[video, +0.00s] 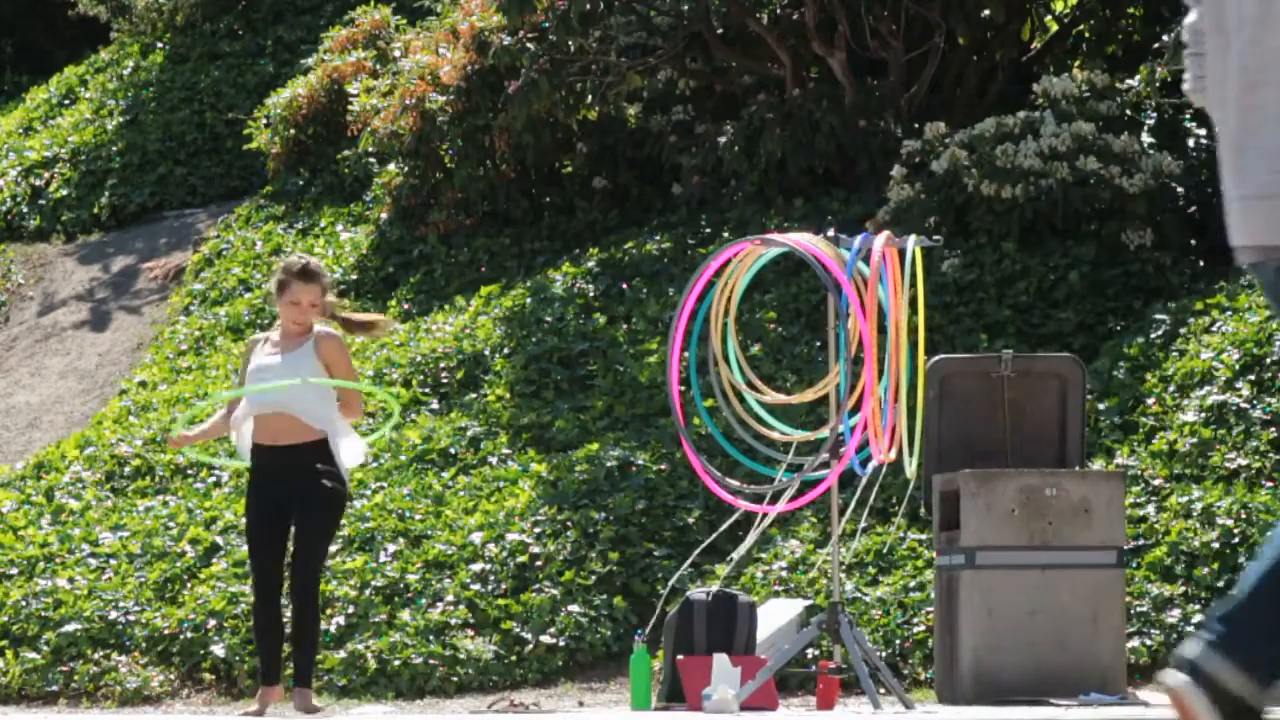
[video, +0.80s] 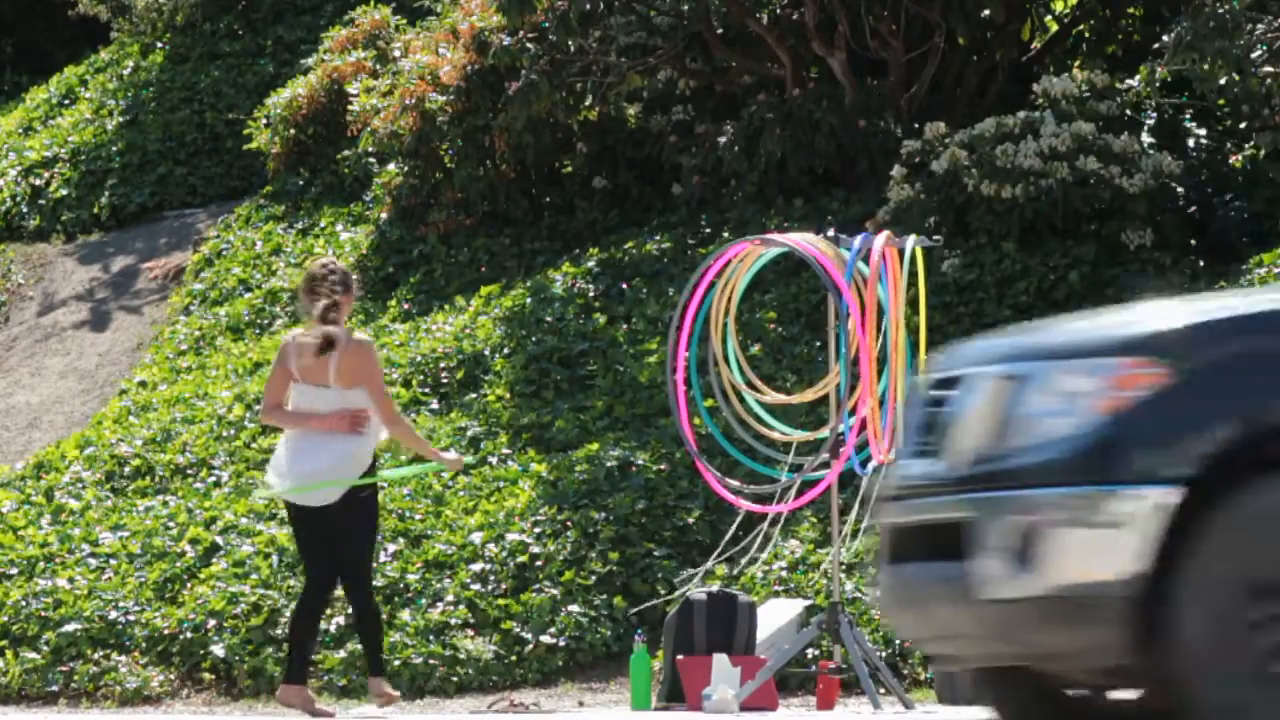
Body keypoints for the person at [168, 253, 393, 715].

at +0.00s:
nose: (304, 312)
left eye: (313, 304)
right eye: (295, 303)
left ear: (322, 304)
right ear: (277, 299)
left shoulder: (326, 343)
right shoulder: (259, 347)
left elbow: (354, 408)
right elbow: (240, 410)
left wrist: (309, 409)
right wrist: (197, 435)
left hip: (317, 468)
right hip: (266, 470)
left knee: (304, 580)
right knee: (265, 582)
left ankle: (303, 688)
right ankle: (269, 686)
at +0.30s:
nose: (338, 315)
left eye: (341, 308)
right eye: (334, 306)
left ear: (319, 305)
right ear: (304, 300)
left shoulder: (336, 344)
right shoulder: (261, 353)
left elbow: (342, 403)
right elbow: (243, 417)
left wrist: (352, 448)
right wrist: (251, 450)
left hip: (337, 469)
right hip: (290, 471)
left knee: (332, 581)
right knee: (296, 582)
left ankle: (295, 685)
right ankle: (261, 680)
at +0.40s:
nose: (344, 317)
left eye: (346, 309)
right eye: (341, 308)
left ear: (322, 303)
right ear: (313, 301)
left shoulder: (329, 342)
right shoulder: (275, 352)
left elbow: (334, 403)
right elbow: (263, 419)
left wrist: (352, 449)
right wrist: (293, 459)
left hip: (339, 470)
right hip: (303, 472)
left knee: (332, 582)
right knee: (319, 581)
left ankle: (295, 685)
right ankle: (257, 670)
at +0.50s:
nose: (346, 314)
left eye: (347, 306)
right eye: (343, 305)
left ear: (322, 303)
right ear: (320, 301)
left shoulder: (320, 345)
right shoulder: (294, 351)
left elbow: (321, 410)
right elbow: (290, 419)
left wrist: (347, 449)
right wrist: (333, 458)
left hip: (329, 476)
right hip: (312, 479)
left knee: (336, 583)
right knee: (337, 583)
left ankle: (294, 684)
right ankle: (265, 663)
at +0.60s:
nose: (349, 311)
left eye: (350, 302)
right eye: (346, 302)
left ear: (315, 301)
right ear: (327, 301)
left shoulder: (296, 347)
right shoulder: (313, 351)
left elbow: (281, 415)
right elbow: (324, 420)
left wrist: (329, 429)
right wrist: (374, 457)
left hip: (308, 480)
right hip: (325, 481)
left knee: (332, 577)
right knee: (351, 580)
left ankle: (295, 674)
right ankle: (292, 668)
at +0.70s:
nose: (351, 308)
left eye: (351, 299)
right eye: (350, 299)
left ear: (315, 298)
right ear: (339, 299)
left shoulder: (293, 347)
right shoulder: (333, 348)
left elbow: (271, 411)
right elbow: (358, 420)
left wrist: (315, 422)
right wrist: (413, 457)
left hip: (301, 484)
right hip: (342, 481)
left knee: (322, 581)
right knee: (356, 579)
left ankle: (293, 684)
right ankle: (334, 669)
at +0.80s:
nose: (353, 302)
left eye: (350, 297)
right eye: (352, 296)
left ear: (308, 300)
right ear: (346, 300)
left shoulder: (291, 347)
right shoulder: (360, 350)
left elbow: (270, 412)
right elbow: (389, 418)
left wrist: (329, 421)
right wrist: (435, 454)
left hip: (299, 480)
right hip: (351, 479)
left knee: (317, 580)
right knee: (359, 584)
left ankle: (293, 683)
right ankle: (377, 677)